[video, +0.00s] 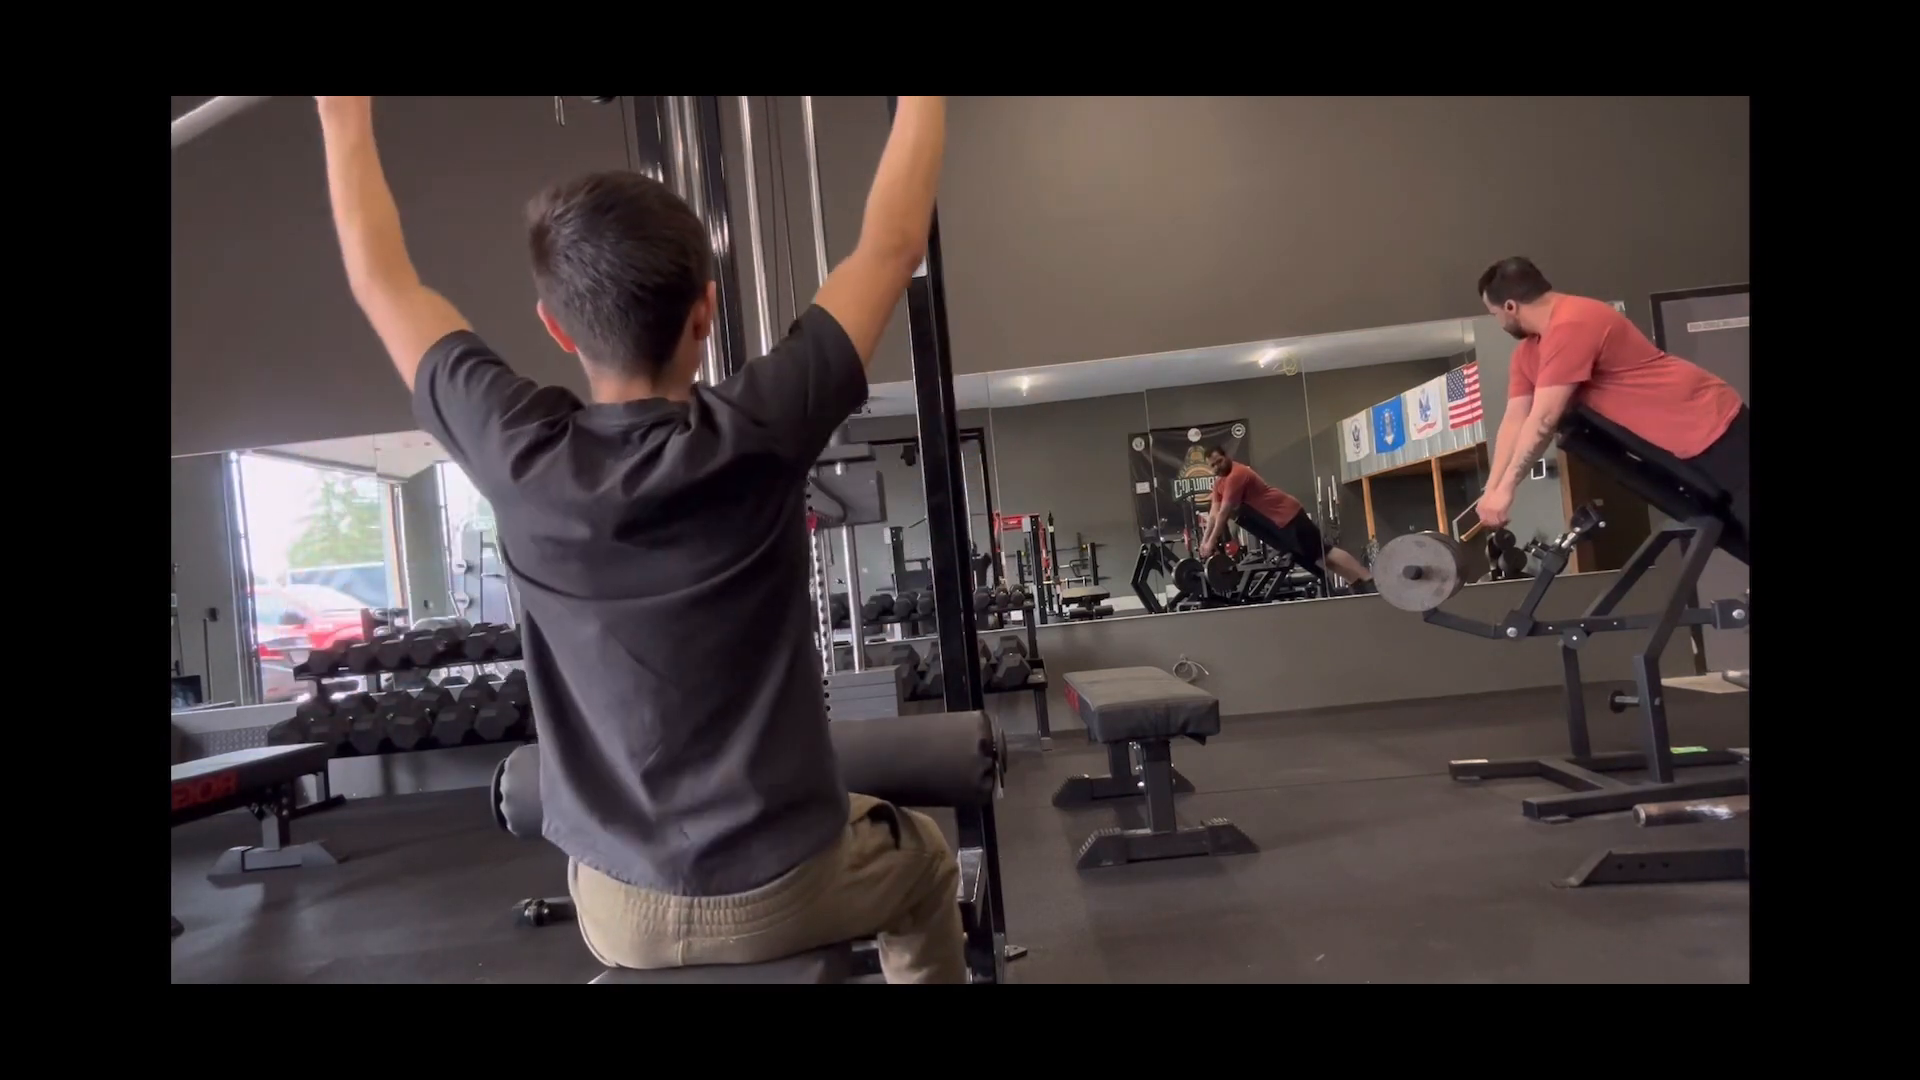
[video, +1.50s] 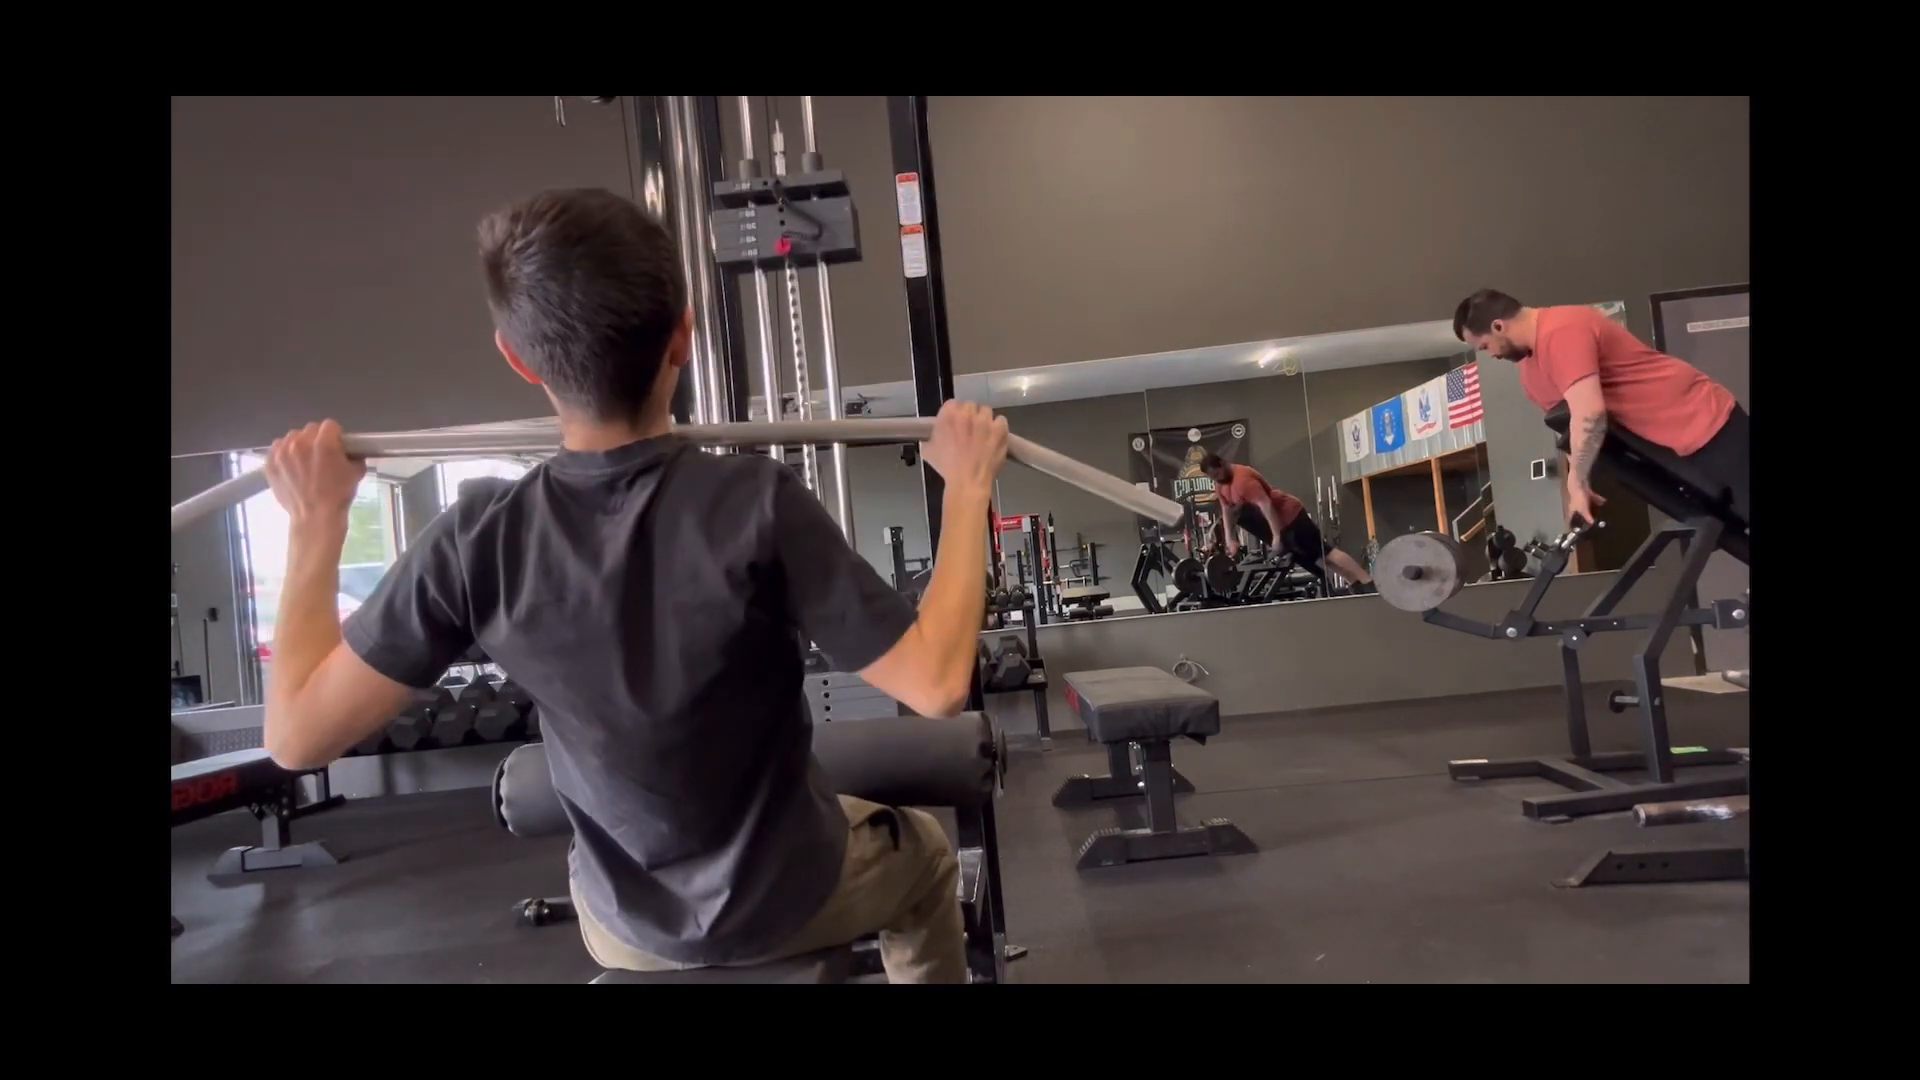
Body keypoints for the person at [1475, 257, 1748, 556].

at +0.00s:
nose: (1496, 322)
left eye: (1493, 313)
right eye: (1493, 315)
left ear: (1510, 307)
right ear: (1515, 306)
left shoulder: (1574, 323)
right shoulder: (1526, 352)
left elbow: (1544, 420)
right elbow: (1514, 418)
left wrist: (1506, 487)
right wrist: (1493, 487)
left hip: (1713, 424)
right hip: (1677, 447)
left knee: (1745, 527)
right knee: (1732, 536)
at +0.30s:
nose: (1493, 321)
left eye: (1490, 313)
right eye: (1489, 313)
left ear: (1507, 309)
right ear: (1530, 292)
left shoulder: (1570, 327)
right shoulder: (1524, 352)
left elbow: (1539, 427)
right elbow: (1510, 421)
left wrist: (1498, 490)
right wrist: (1487, 491)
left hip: (1711, 424)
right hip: (1673, 445)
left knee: (1746, 523)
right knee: (1732, 532)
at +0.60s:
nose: (1490, 326)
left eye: (1487, 317)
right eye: (1485, 318)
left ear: (1505, 310)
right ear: (1513, 307)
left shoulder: (1571, 323)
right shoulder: (1521, 358)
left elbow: (1545, 420)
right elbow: (1512, 423)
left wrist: (1504, 486)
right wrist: (1496, 490)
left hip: (1706, 420)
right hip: (1667, 446)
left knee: (1745, 520)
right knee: (1729, 532)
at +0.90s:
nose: (1495, 333)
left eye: (1492, 323)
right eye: (1489, 327)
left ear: (1513, 306)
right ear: (1513, 308)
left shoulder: (1573, 322)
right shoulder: (1526, 359)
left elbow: (1550, 420)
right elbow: (1516, 426)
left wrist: (1510, 486)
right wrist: (1500, 491)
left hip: (1712, 423)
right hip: (1675, 450)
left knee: (1745, 526)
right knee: (1732, 535)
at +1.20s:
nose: (1496, 343)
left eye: (1493, 332)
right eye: (1489, 337)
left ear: (1513, 307)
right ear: (1511, 310)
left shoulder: (1570, 324)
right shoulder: (1526, 364)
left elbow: (1579, 417)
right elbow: (1535, 424)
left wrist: (1542, 480)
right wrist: (1530, 484)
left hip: (1709, 421)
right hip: (1672, 448)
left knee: (1745, 520)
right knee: (1732, 534)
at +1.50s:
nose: (1490, 356)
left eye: (1484, 346)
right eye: (1483, 350)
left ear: (1499, 326)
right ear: (1499, 329)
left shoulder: (1561, 329)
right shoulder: (1530, 373)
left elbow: (1591, 418)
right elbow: (1568, 431)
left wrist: (1578, 480)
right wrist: (1574, 486)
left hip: (1706, 423)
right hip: (1667, 453)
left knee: (1746, 515)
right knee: (1730, 534)